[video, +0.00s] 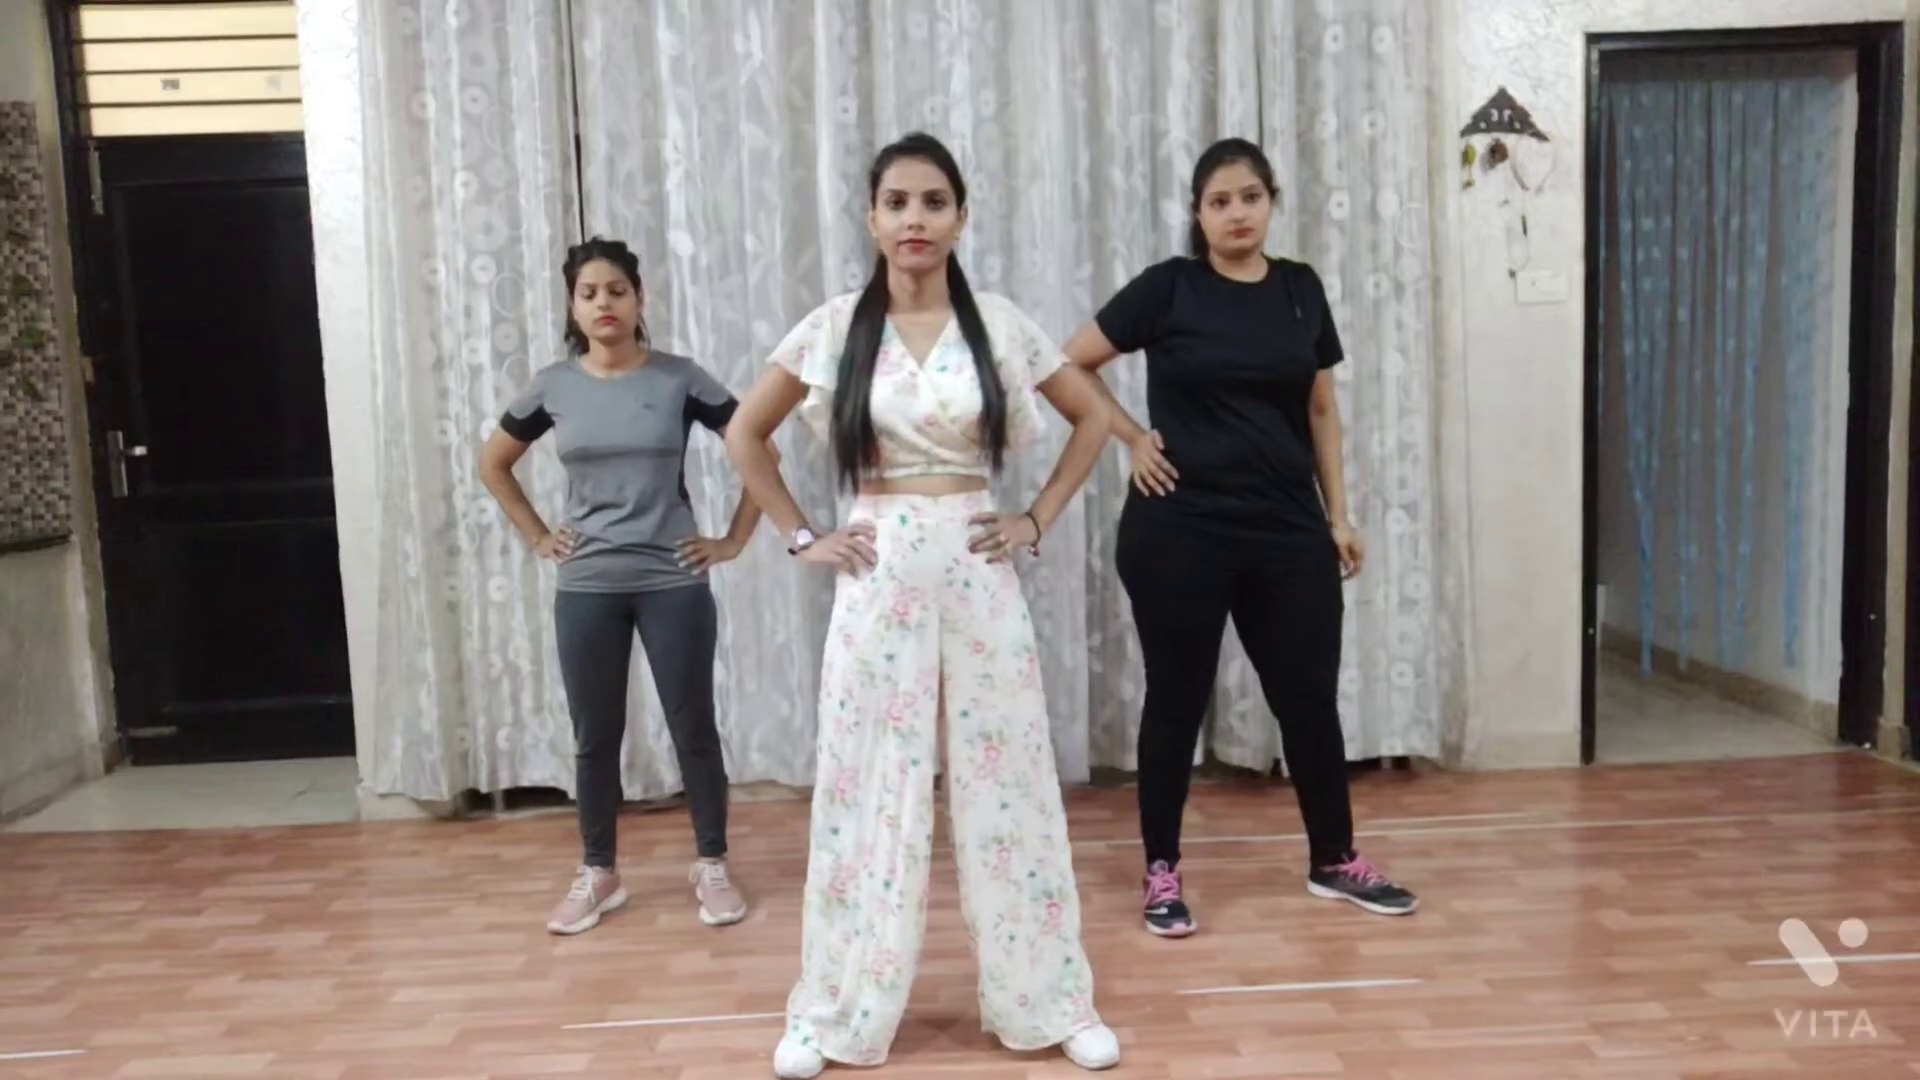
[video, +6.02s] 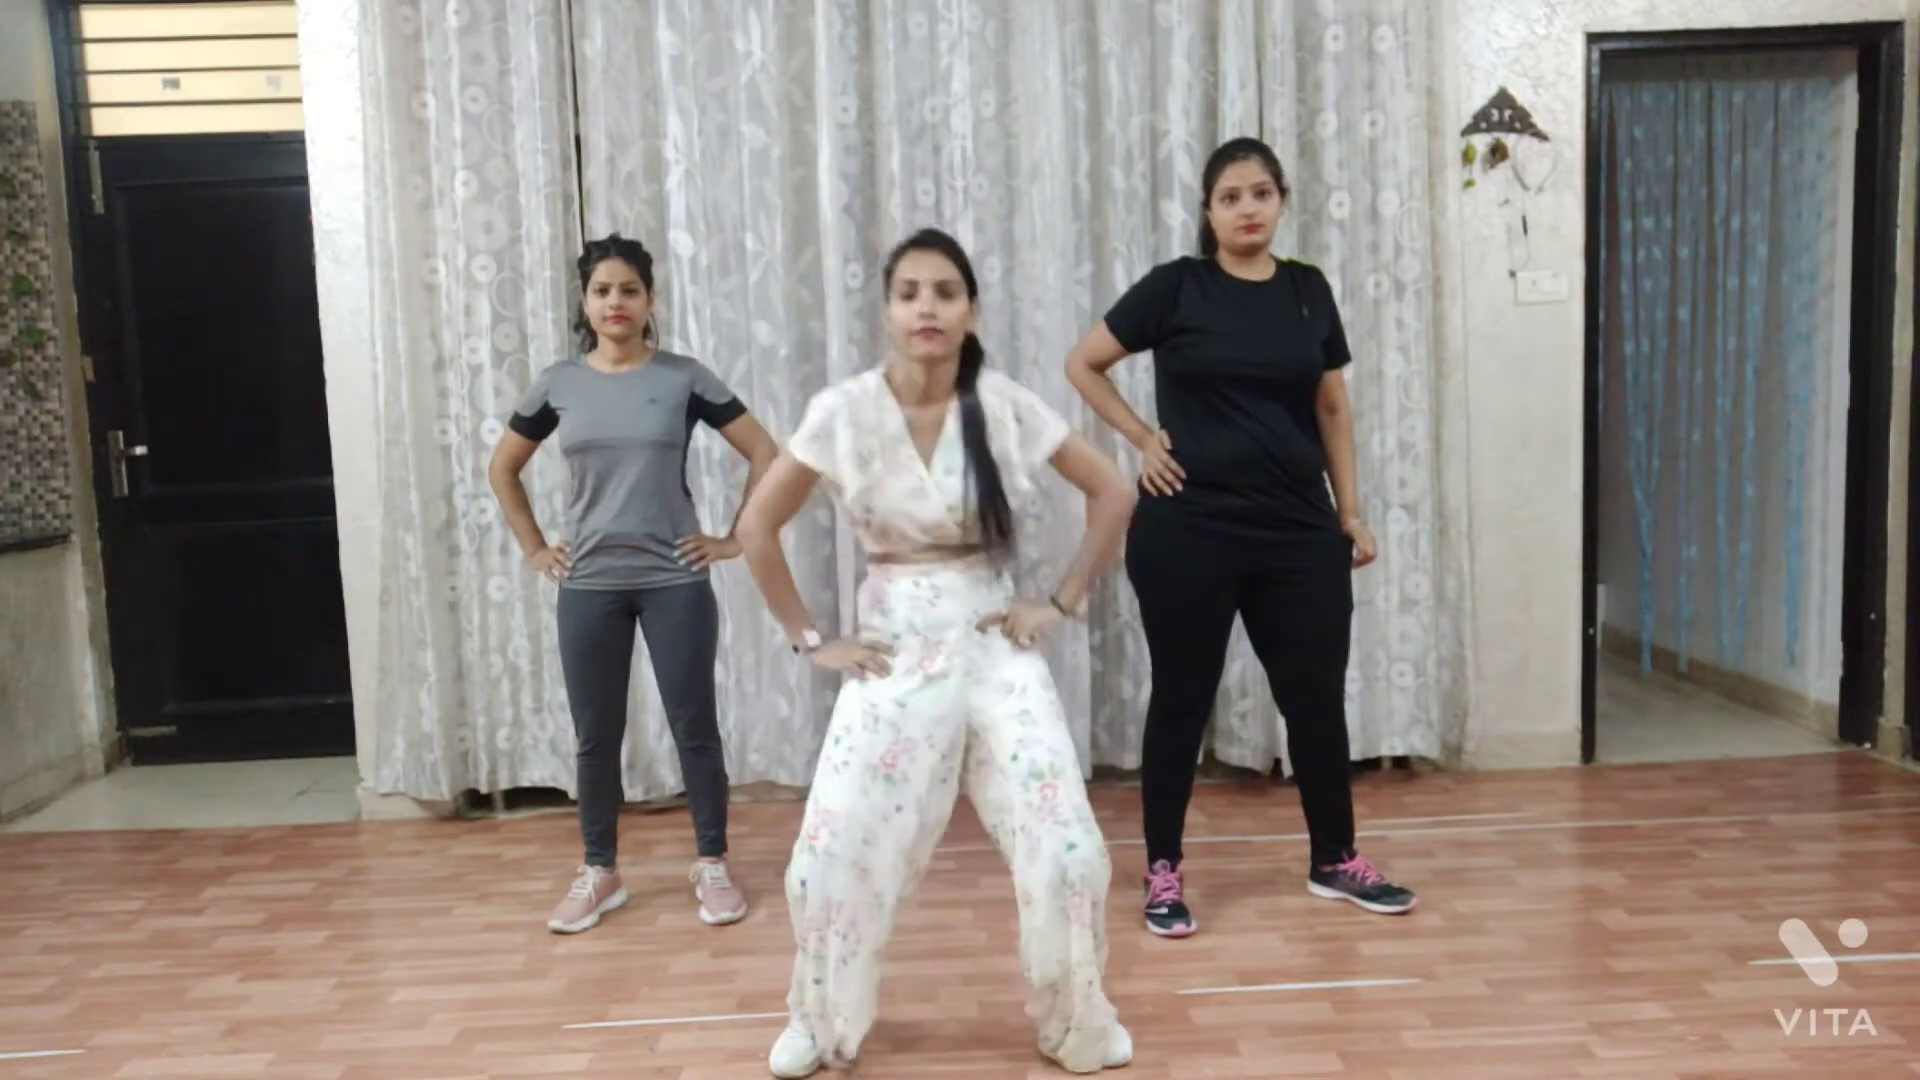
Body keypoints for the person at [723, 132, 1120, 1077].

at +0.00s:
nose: (914, 221)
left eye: (933, 203)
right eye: (897, 203)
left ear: (959, 216)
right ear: (872, 217)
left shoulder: (997, 326)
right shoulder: (834, 328)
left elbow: (1098, 420)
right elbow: (743, 435)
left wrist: (1035, 519)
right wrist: (806, 535)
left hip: (982, 579)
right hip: (880, 582)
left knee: (1008, 789)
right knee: (863, 793)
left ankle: (1047, 1000)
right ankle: (832, 1013)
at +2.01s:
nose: (900, 247)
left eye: (919, 230)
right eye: (883, 229)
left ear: (945, 247)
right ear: (857, 243)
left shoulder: (981, 350)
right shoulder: (815, 355)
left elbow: (1102, 424)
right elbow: (754, 477)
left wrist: (1045, 531)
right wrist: (817, 585)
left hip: (996, 593)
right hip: (890, 603)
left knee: (1031, 797)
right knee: (856, 807)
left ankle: (1061, 1012)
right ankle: (835, 1016)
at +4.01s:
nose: (929, 317)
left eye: (948, 301)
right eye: (912, 300)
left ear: (974, 314)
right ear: (890, 313)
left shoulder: (1004, 405)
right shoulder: (850, 413)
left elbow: (1115, 489)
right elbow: (755, 535)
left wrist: (1055, 597)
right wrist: (818, 642)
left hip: (997, 656)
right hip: (888, 664)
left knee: (1061, 846)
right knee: (838, 856)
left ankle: (1075, 1027)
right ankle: (816, 1036)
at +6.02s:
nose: (926, 310)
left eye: (944, 294)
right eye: (909, 294)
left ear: (971, 311)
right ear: (885, 311)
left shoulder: (1004, 405)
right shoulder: (843, 412)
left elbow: (1114, 492)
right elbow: (755, 529)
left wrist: (1063, 602)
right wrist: (812, 640)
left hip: (999, 647)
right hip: (888, 655)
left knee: (1068, 849)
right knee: (829, 854)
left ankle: (1076, 1021)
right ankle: (819, 1022)